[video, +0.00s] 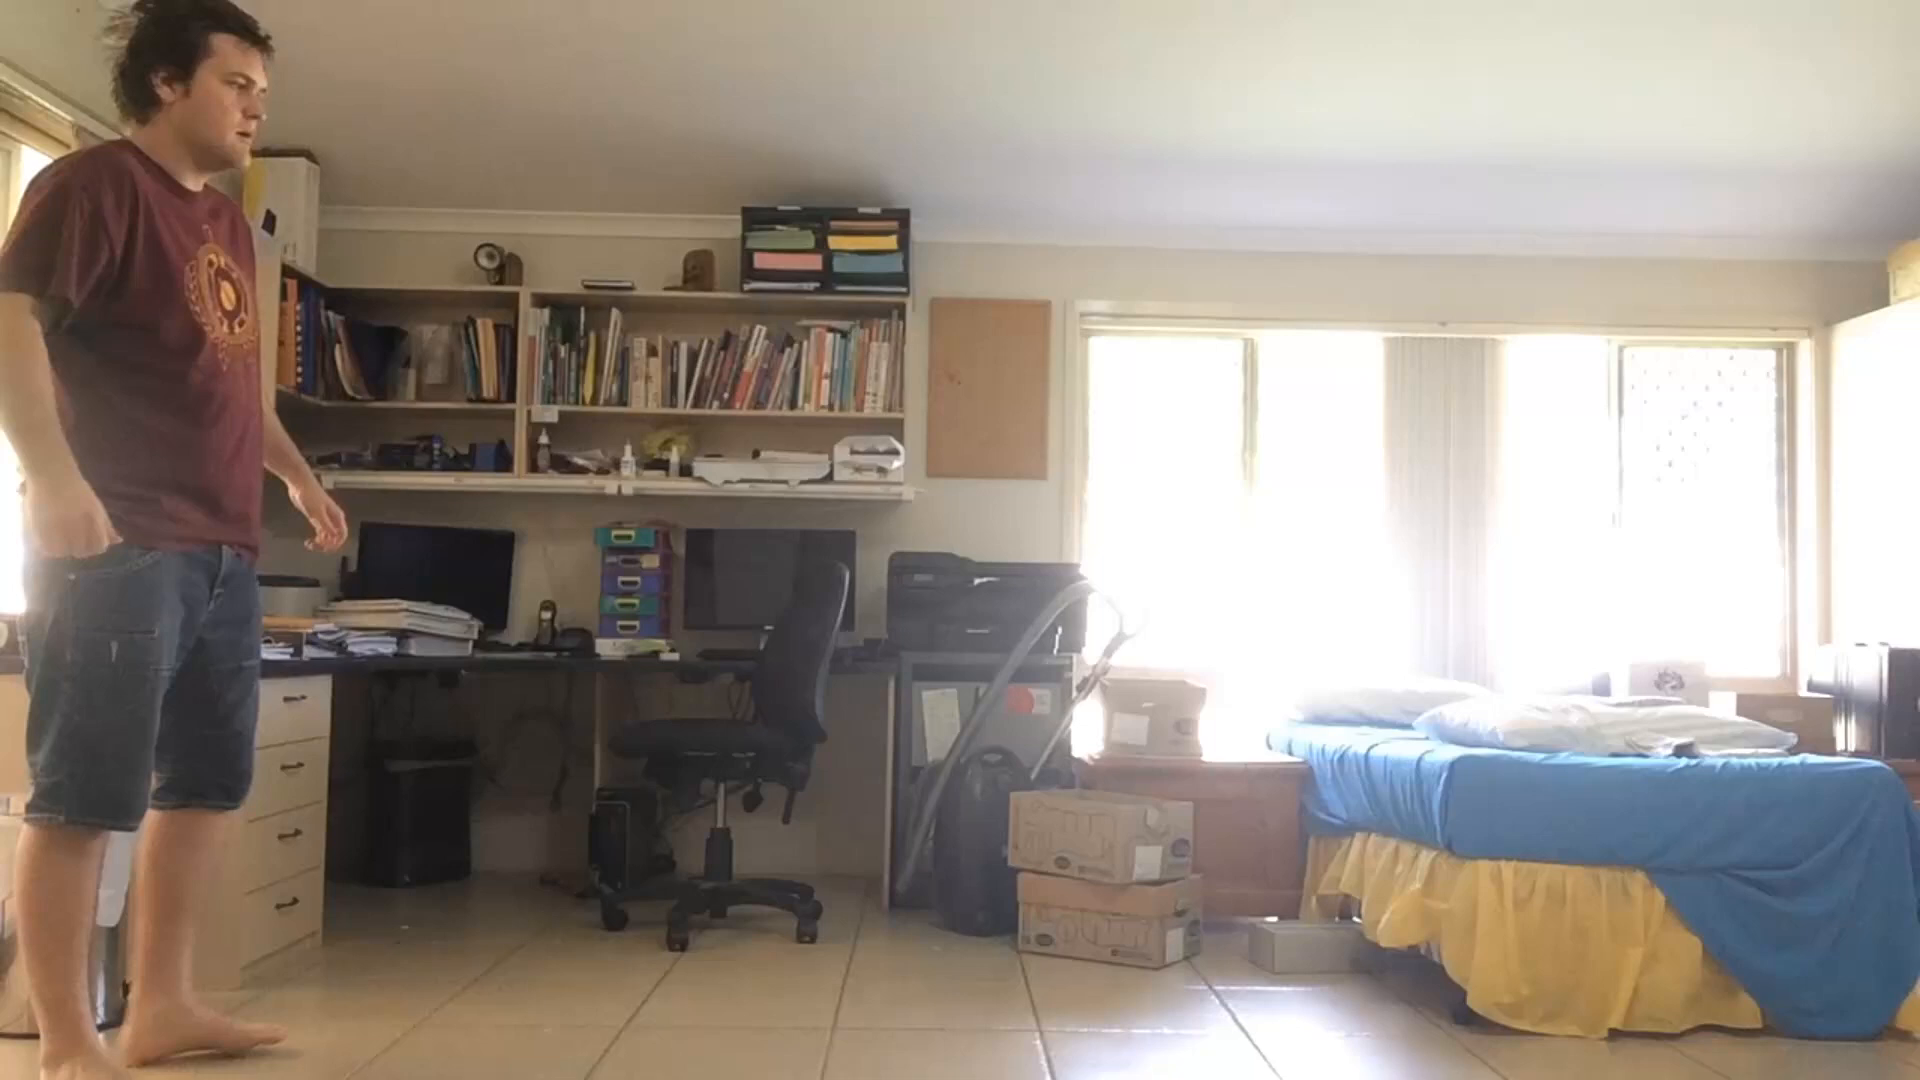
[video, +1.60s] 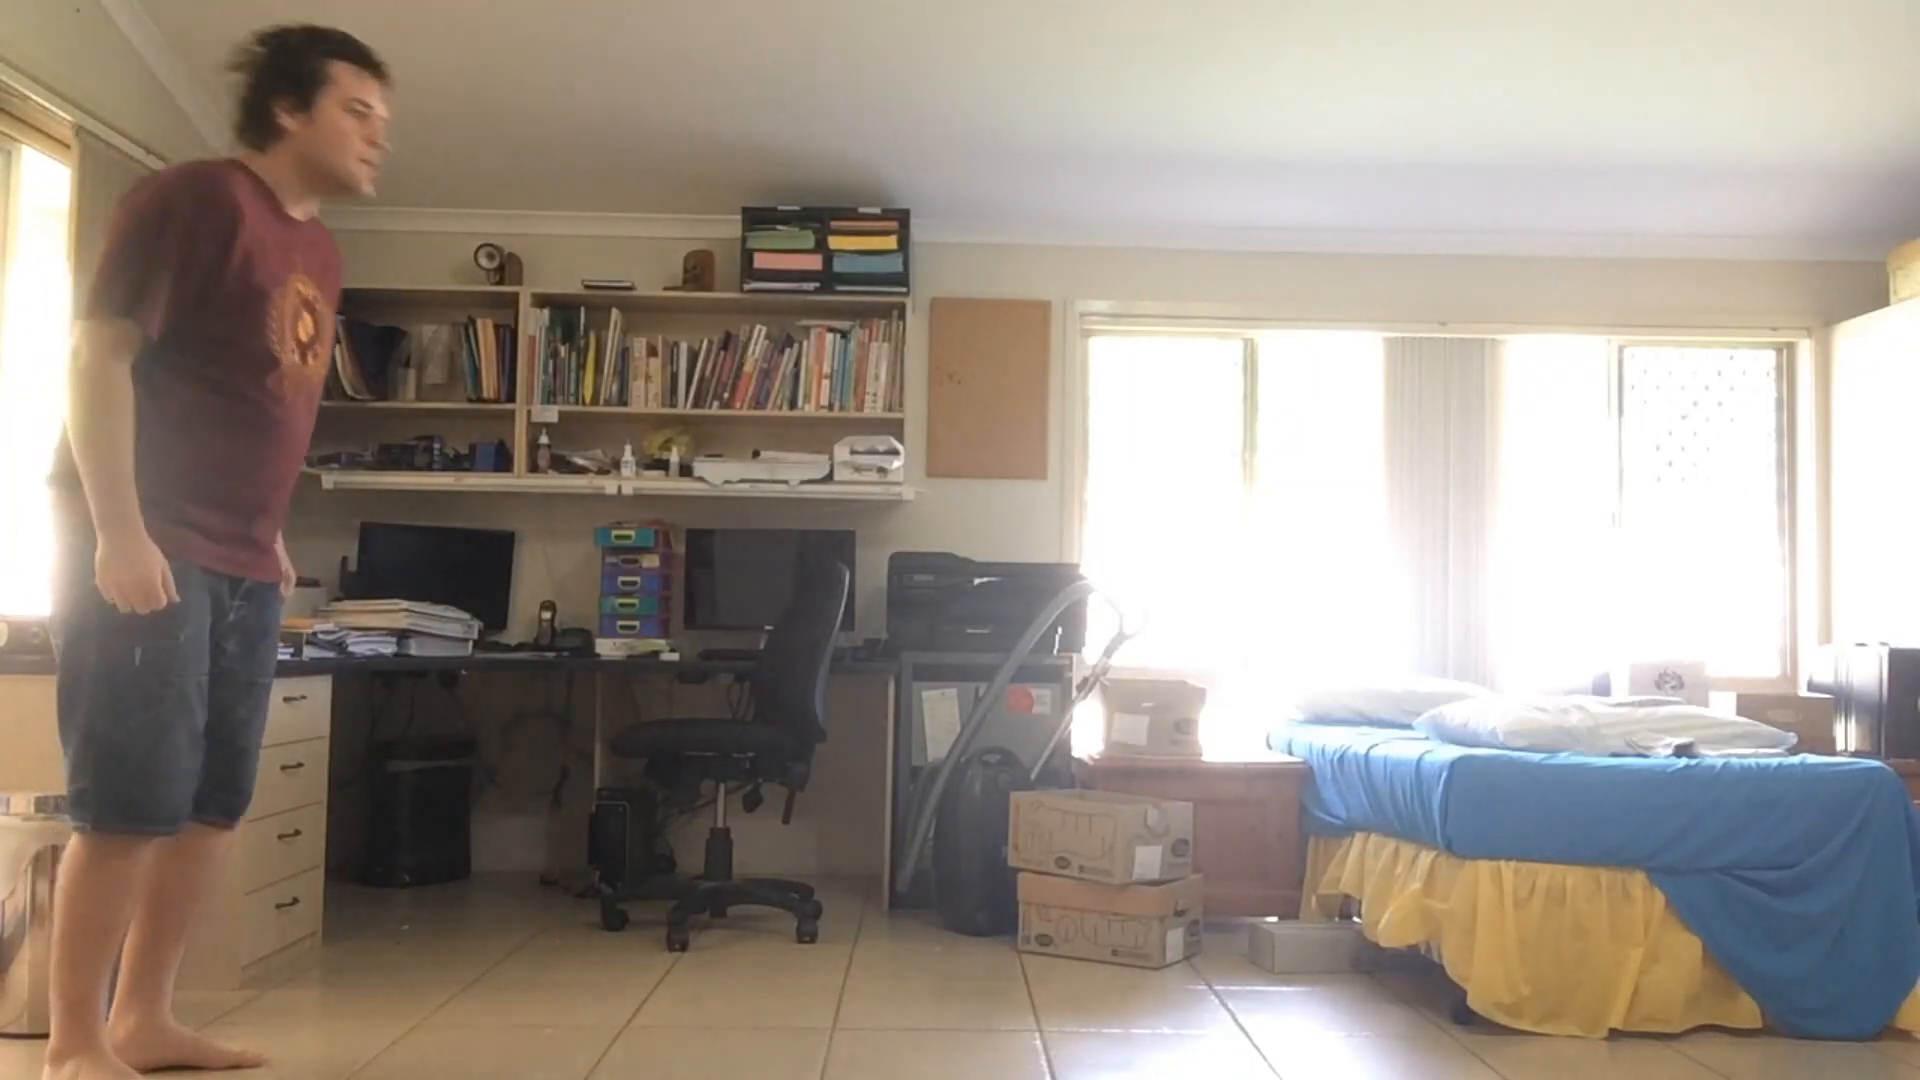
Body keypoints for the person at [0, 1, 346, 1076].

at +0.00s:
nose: (255, 110)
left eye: (261, 95)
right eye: (237, 84)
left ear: (248, 108)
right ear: (166, 83)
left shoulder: (231, 218)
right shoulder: (93, 182)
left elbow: (236, 380)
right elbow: (10, 315)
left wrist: (301, 478)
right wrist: (53, 479)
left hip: (225, 549)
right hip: (115, 543)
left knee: (201, 787)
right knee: (79, 800)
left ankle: (163, 1010)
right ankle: (66, 1043)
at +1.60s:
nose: (379, 136)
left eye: (383, 121)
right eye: (360, 111)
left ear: (352, 133)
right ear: (289, 110)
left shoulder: (321, 249)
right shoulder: (193, 195)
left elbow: (271, 410)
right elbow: (97, 360)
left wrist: (266, 544)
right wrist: (119, 533)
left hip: (249, 560)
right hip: (151, 548)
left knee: (211, 805)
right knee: (126, 808)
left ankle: (143, 1022)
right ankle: (72, 1045)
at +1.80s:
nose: (486, 266)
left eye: (489, 247)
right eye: (469, 240)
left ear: (419, 252)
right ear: (399, 239)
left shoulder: (396, 357)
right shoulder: (278, 304)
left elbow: (281, 460)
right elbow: (119, 408)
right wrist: (100, 586)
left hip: (235, 602)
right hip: (140, 589)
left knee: (262, 808)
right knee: (195, 811)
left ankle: (144, 1027)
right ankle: (76, 1048)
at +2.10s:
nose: (538, 229)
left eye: (539, 210)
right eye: (520, 208)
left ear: (500, 223)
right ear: (454, 217)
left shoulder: (486, 342)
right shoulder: (375, 316)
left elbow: (407, 472)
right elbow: (242, 430)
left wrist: (359, 594)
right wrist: (210, 609)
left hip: (351, 633)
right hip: (268, 625)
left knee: (333, 858)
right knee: (283, 856)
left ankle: (156, 1019)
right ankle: (92, 1032)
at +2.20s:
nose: (569, 117)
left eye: (574, 100)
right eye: (553, 94)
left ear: (523, 109)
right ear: (486, 94)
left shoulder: (516, 220)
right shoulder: (406, 181)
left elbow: (501, 354)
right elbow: (301, 305)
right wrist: (326, 476)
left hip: (461, 544)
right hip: (383, 535)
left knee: (332, 786)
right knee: (282, 774)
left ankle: (215, 980)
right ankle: (137, 985)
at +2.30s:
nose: (659, 54)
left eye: (662, 34)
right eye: (646, 29)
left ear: (595, 32)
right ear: (582, 23)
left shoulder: (570, 132)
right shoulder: (490, 103)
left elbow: (507, 272)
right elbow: (405, 242)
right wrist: (444, 422)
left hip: (532, 452)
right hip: (467, 446)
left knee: (470, 694)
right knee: (460, 695)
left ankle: (280, 897)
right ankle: (295, 918)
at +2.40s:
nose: (781, 58)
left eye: (785, 36)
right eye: (767, 31)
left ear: (728, 32)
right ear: (703, 24)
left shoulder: (669, 136)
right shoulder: (607, 90)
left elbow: (596, 281)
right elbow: (511, 235)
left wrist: (600, 426)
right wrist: (535, 420)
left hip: (574, 426)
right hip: (515, 421)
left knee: (558, 664)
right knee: (578, 669)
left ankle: (479, 915)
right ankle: (510, 938)